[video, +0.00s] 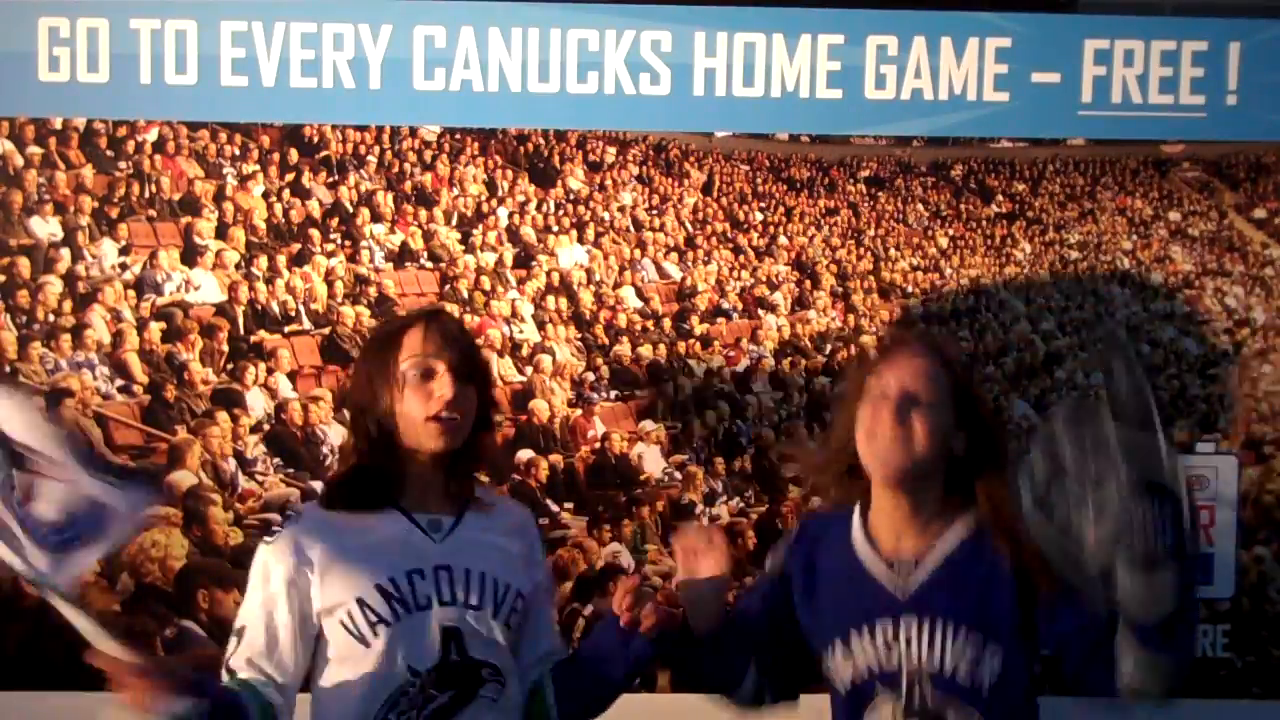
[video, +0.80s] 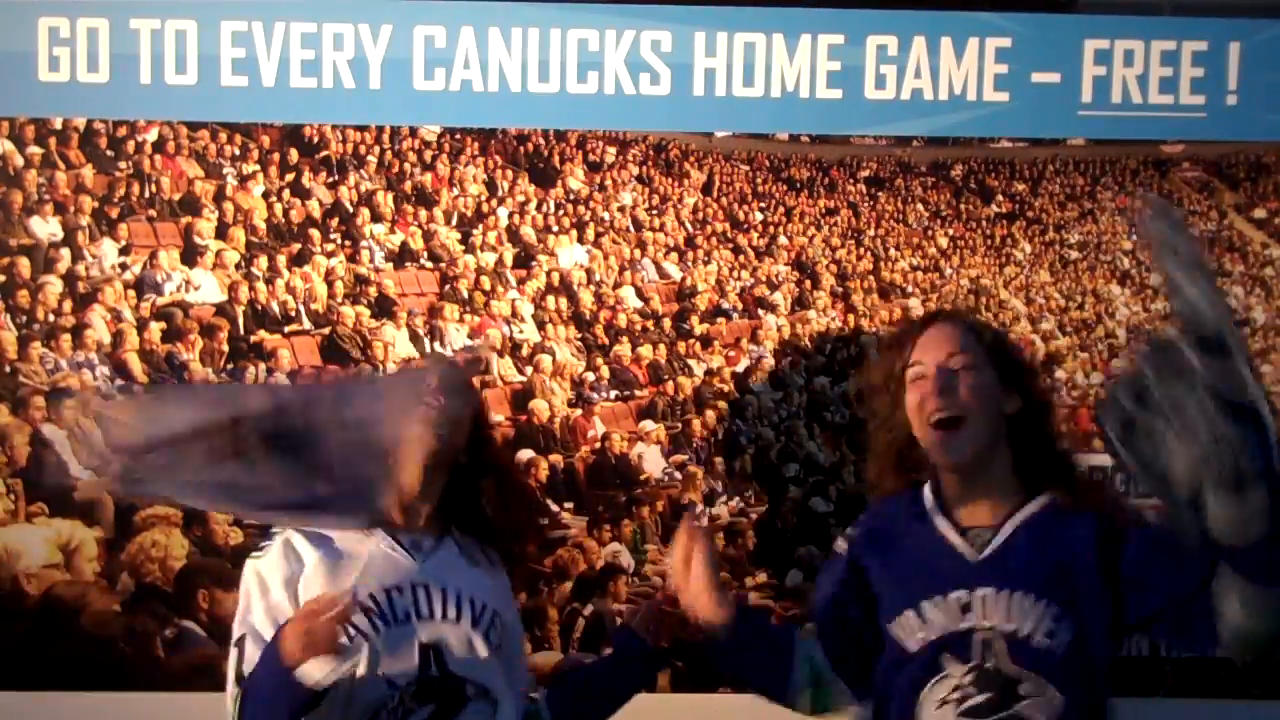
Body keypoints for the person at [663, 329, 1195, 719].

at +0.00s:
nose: (890, 414)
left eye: (914, 402)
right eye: (876, 398)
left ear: (955, 436)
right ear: (852, 422)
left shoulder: (1013, 558)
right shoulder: (811, 550)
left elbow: (1109, 687)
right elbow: (743, 683)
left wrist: (1149, 593)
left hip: (979, 713)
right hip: (857, 711)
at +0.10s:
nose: (864, 392)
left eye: (888, 371)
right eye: (851, 384)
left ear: (945, 390)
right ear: (843, 414)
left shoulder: (1030, 520)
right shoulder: (828, 539)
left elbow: (1165, 615)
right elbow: (797, 678)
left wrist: (1134, 490)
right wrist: (717, 643)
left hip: (1001, 713)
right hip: (871, 715)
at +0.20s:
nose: (855, 456)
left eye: (874, 431)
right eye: (846, 439)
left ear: (942, 427)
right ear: (836, 452)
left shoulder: (1037, 574)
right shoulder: (846, 579)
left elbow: (1143, 610)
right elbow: (813, 705)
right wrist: (726, 691)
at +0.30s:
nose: (842, 467)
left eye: (866, 442)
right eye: (844, 449)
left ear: (938, 447)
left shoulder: (1027, 606)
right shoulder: (848, 590)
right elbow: (774, 705)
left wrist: (1057, 587)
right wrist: (709, 631)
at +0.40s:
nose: (850, 409)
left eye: (874, 383)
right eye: (851, 389)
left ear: (949, 405)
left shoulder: (1038, 545)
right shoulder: (837, 535)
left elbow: (1116, 696)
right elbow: (737, 624)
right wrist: (705, 507)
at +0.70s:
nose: (918, 432)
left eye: (942, 415)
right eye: (907, 417)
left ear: (999, 438)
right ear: (895, 440)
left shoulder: (1081, 579)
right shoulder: (869, 558)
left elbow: (1133, 699)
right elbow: (750, 664)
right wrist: (721, 535)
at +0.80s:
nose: (937, 388)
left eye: (959, 370)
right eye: (918, 379)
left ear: (1008, 397)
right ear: (900, 414)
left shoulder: (1096, 533)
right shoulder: (877, 542)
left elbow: (1211, 640)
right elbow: (833, 680)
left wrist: (1227, 510)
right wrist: (730, 627)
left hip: (1051, 713)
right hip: (913, 716)